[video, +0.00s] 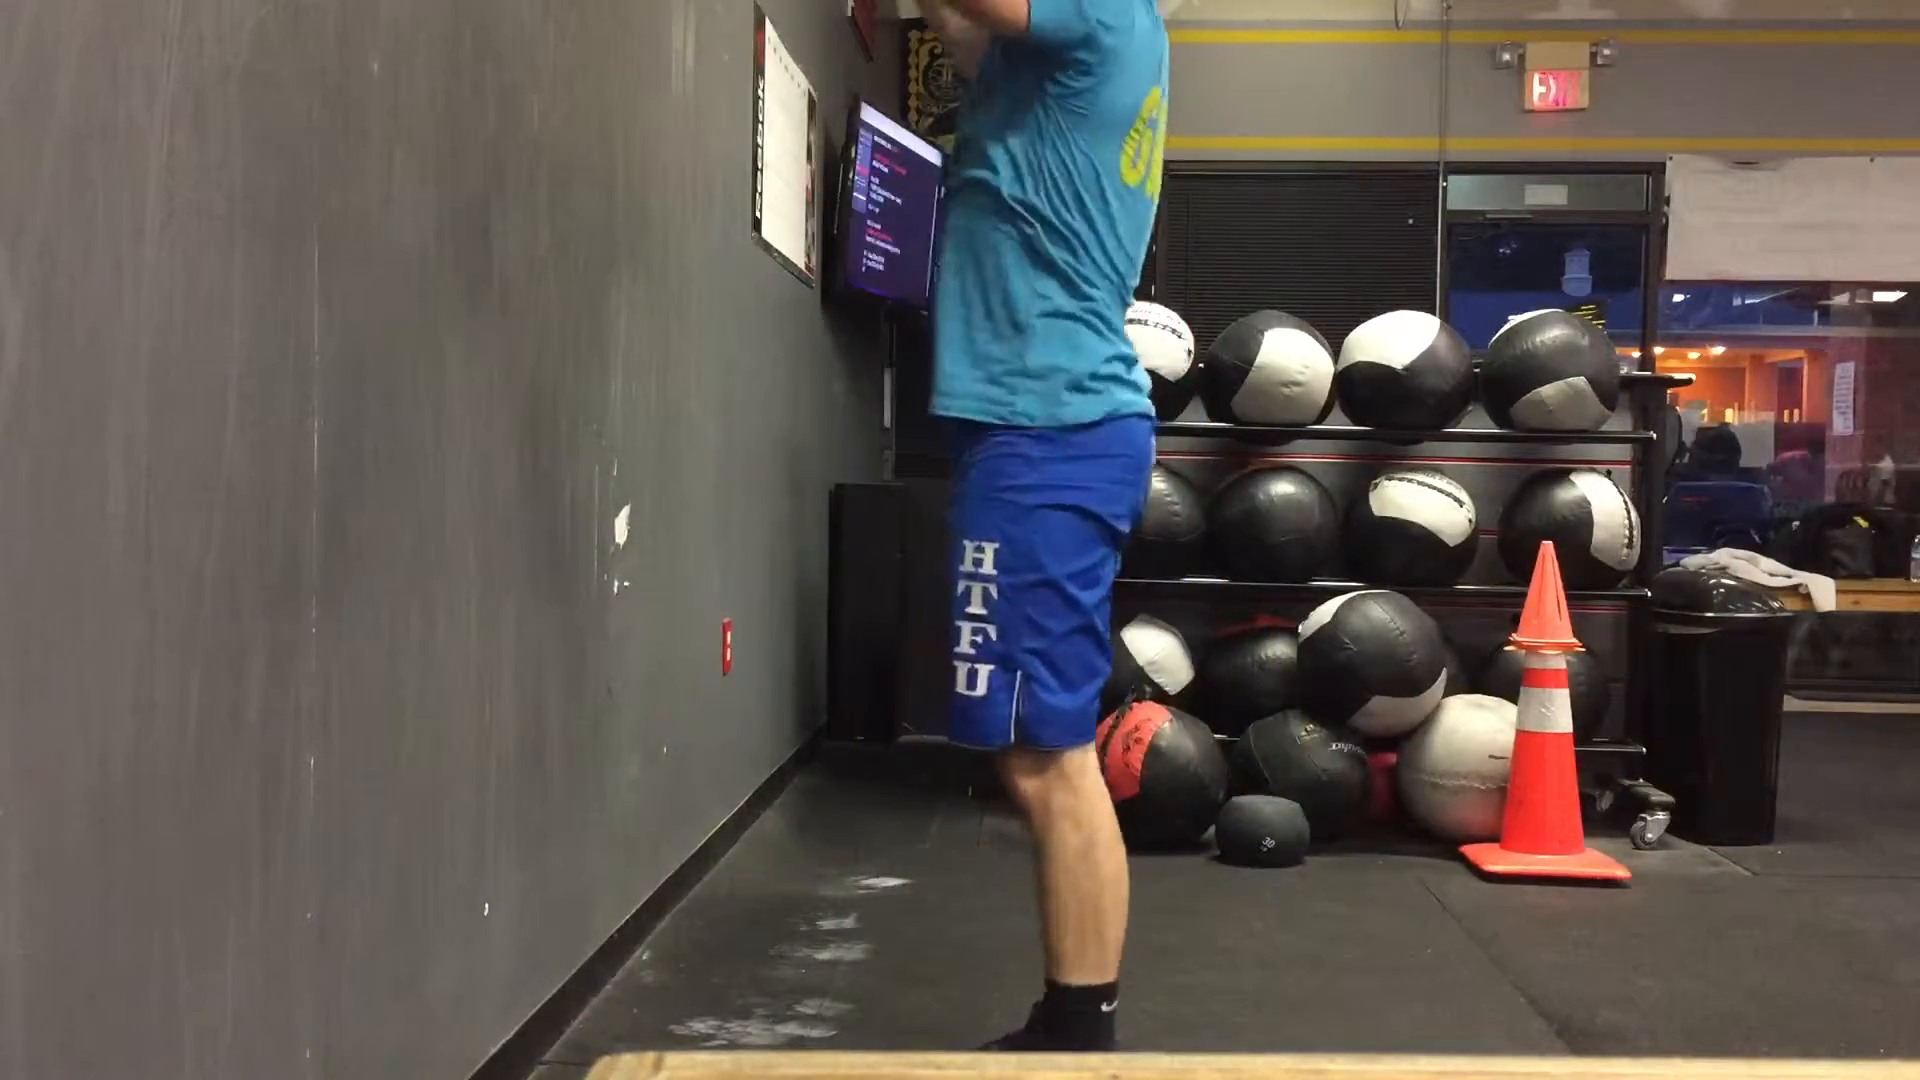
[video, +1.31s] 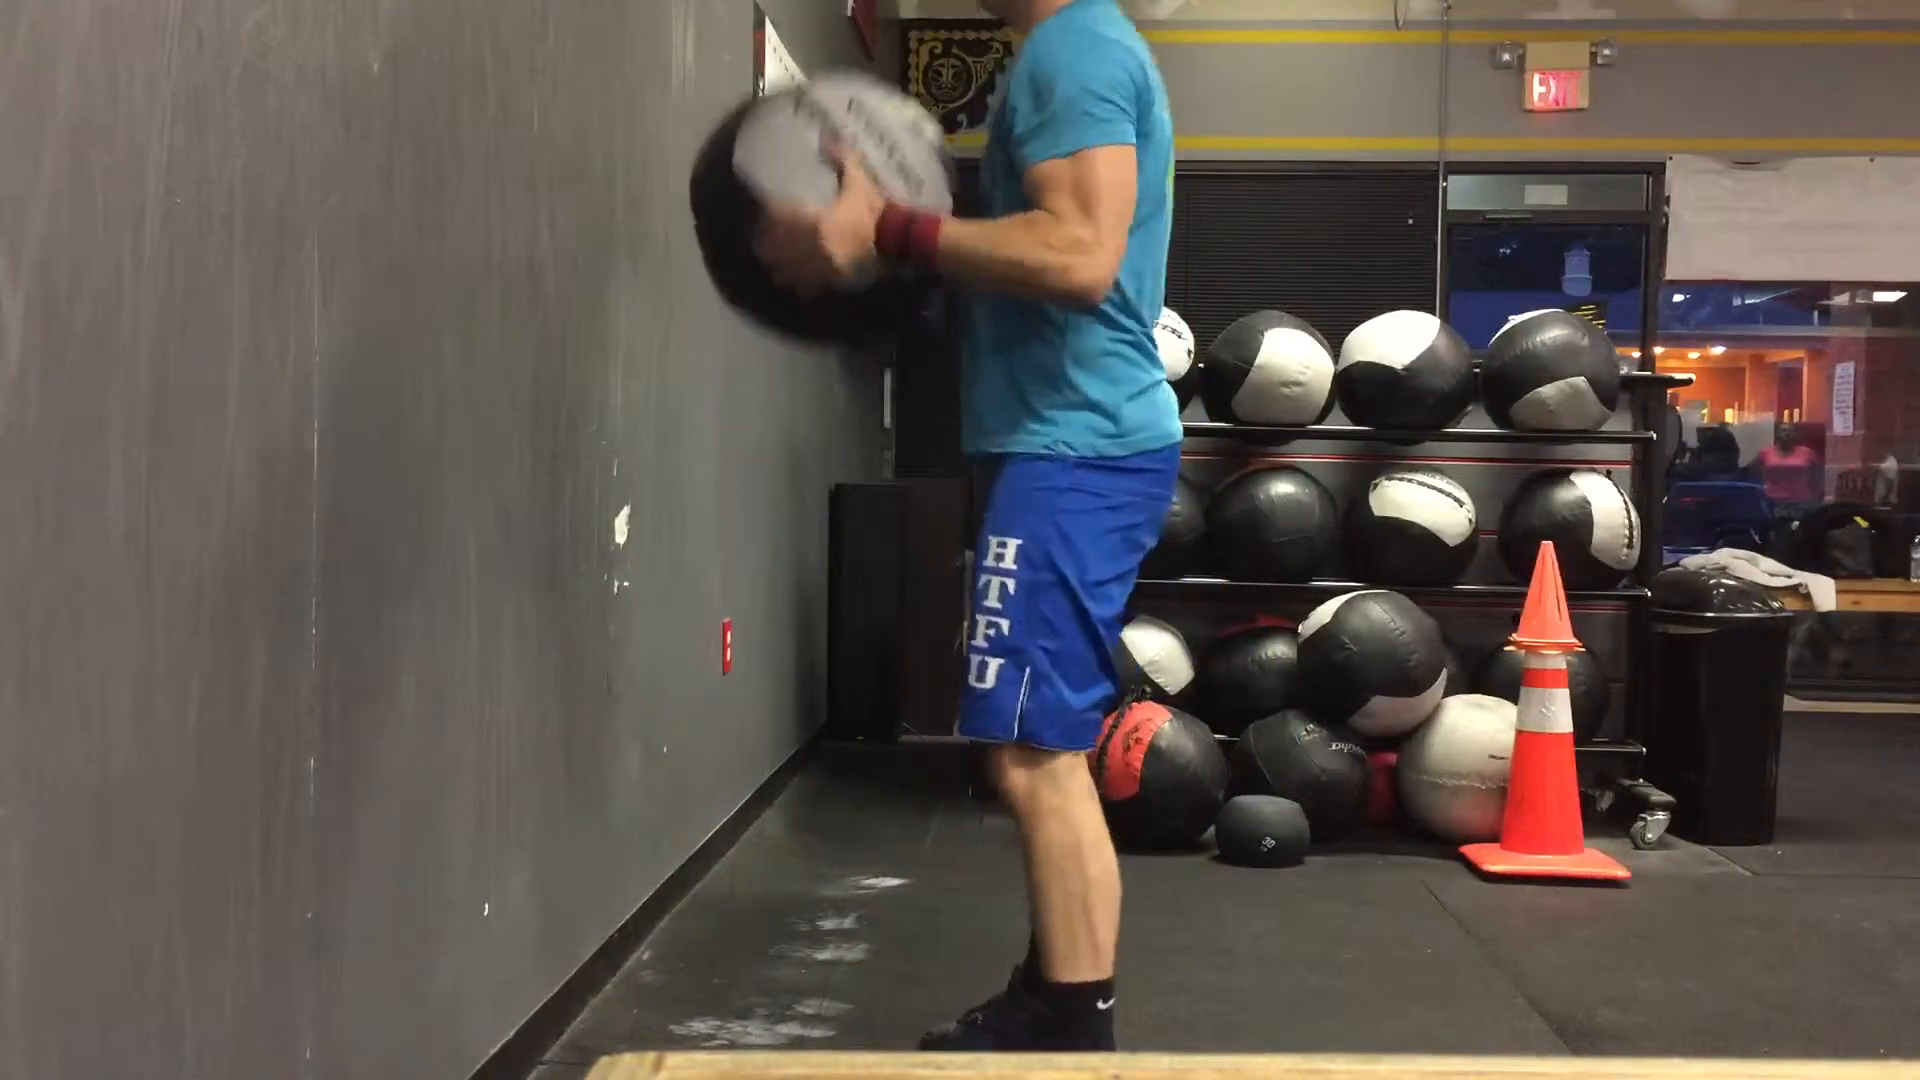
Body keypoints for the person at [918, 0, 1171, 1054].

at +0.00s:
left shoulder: (1101, 19)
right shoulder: (1083, 31)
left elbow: (981, 7)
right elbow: (976, 36)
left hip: (1055, 430)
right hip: (1039, 426)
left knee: (1054, 757)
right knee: (1028, 756)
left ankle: (1083, 1030)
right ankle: (1073, 1020)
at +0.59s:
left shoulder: (1083, 17)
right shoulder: (1104, 26)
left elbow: (863, 19)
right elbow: (918, 75)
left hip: (1069, 429)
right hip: (1053, 425)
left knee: (1053, 753)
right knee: (1028, 741)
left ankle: (1084, 1040)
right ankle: (1038, 983)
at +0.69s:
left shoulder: (1066, 49)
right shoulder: (1090, 45)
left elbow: (882, 194)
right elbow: (941, 208)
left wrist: (757, 61)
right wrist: (881, 152)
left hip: (1067, 444)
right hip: (1059, 440)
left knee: (1025, 756)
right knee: (1021, 750)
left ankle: (1071, 1025)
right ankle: (1046, 998)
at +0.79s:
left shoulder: (1042, 79)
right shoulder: (1072, 67)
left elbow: (985, 286)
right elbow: (1021, 260)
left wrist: (810, 214)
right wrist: (903, 189)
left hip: (1072, 453)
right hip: (1084, 447)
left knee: (969, 742)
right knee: (1018, 736)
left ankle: (1048, 1010)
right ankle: (1053, 994)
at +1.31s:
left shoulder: (1079, 49)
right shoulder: (1049, 57)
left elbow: (1083, 256)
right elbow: (1043, 246)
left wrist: (895, 227)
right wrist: (889, 218)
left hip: (1080, 449)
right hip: (1055, 447)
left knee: (1034, 747)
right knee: (1037, 744)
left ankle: (1075, 1020)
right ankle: (1059, 1000)